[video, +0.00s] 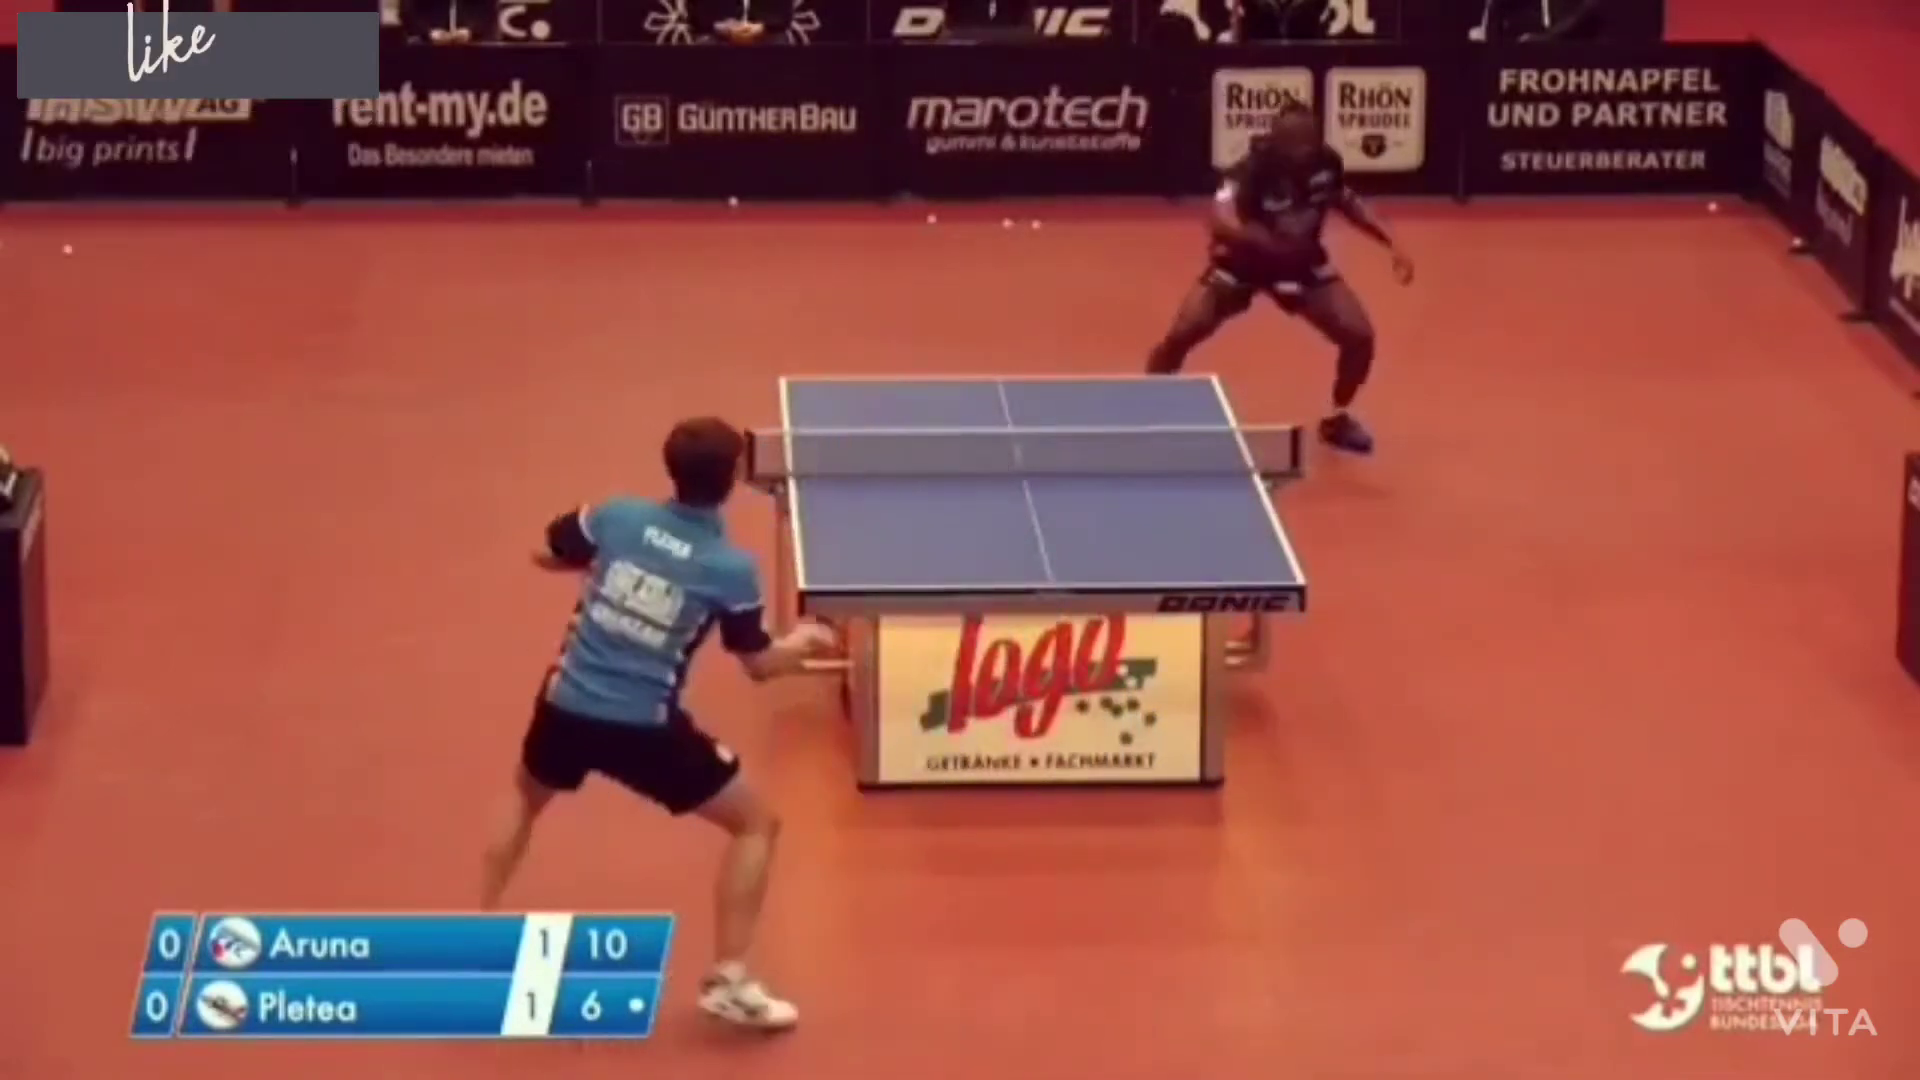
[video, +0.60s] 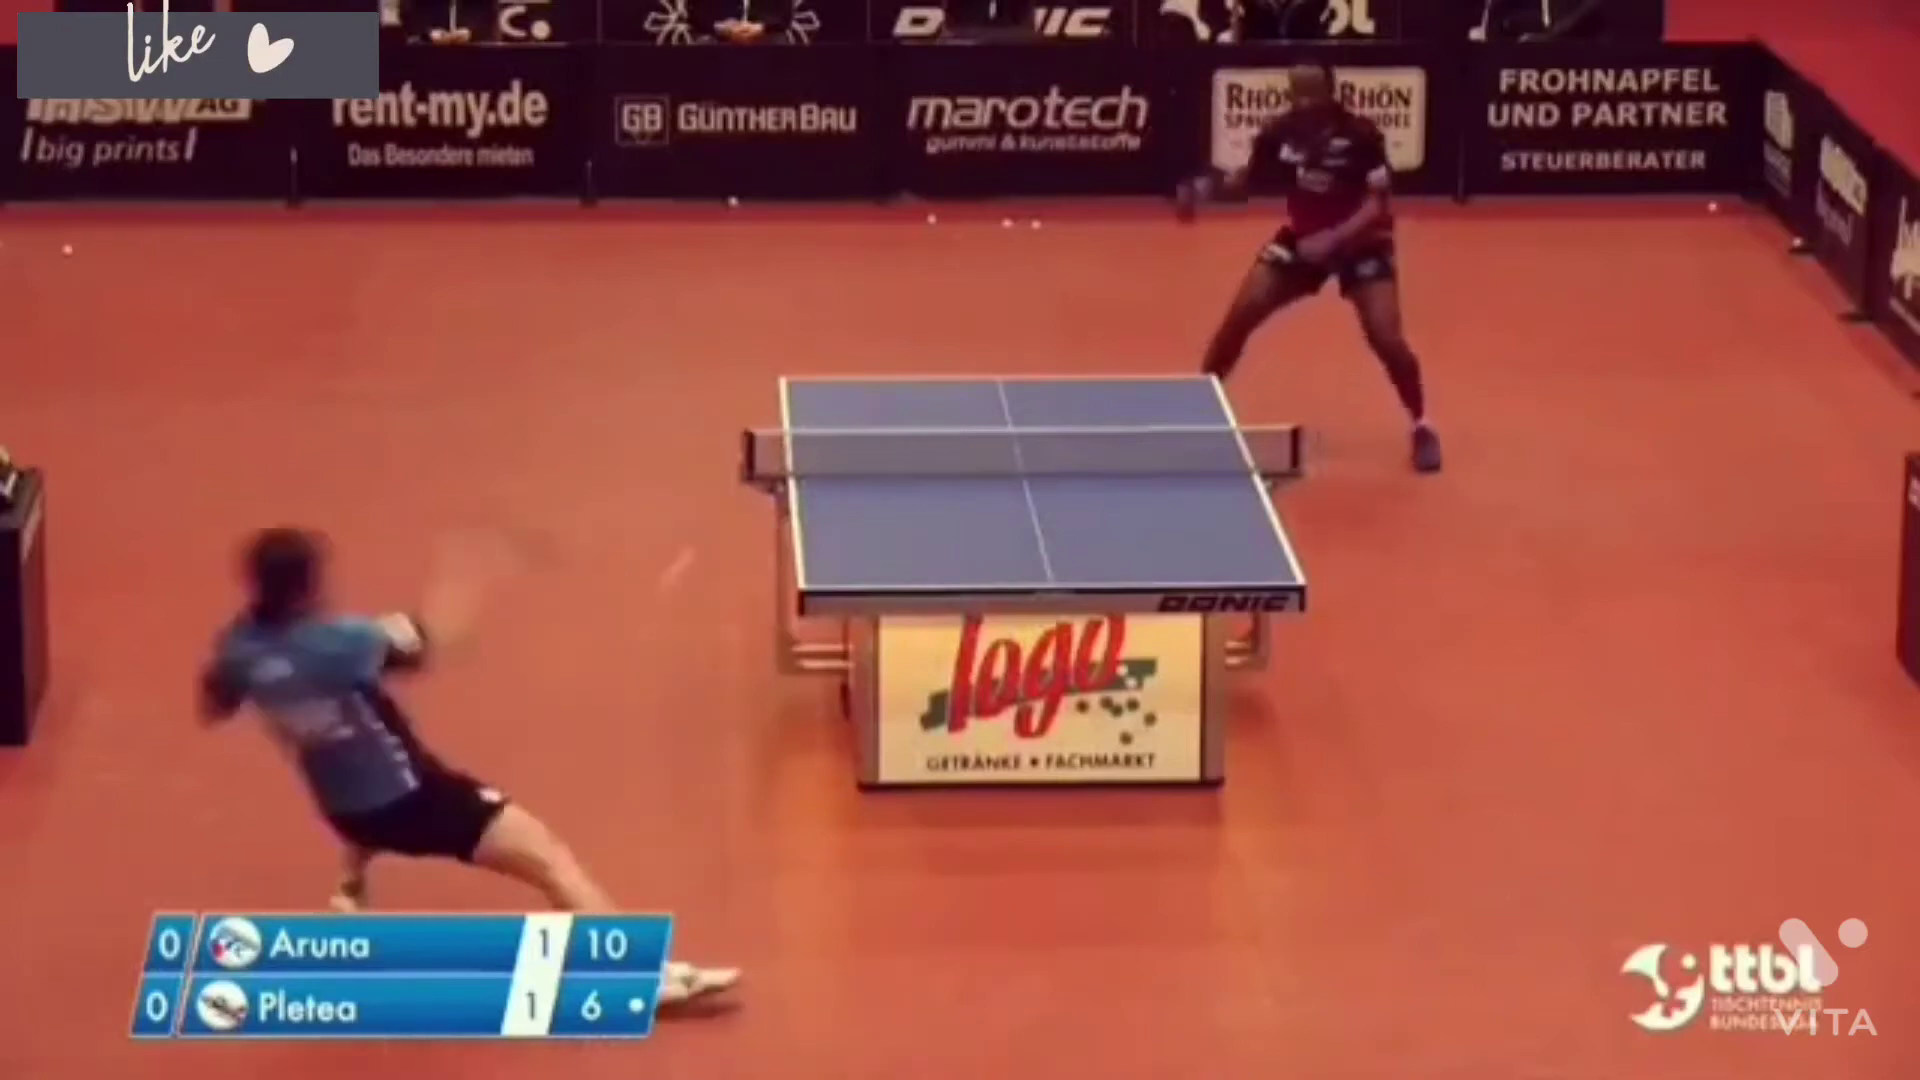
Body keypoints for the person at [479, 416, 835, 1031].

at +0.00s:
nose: (739, 474)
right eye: (736, 467)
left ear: (671, 471)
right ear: (731, 479)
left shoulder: (620, 517)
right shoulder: (732, 569)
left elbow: (555, 547)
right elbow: (759, 664)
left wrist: (611, 567)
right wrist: (802, 641)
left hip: (564, 712)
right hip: (642, 730)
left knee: (524, 801)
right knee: (756, 824)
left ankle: (478, 928)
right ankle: (731, 977)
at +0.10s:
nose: (741, 480)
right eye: (740, 472)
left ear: (675, 478)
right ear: (734, 486)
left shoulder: (625, 519)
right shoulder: (733, 576)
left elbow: (561, 548)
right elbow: (754, 673)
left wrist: (610, 567)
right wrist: (806, 656)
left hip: (556, 712)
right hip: (633, 733)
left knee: (521, 802)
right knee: (751, 821)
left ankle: (454, 918)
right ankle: (716, 971)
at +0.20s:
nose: (748, 521)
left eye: (743, 509)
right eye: (745, 514)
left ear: (684, 513)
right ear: (737, 531)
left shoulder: (648, 549)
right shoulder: (706, 621)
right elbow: (716, 727)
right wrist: (783, 763)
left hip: (536, 727)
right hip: (599, 755)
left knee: (495, 825)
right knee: (723, 831)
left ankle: (395, 912)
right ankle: (703, 981)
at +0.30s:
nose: (735, 555)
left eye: (731, 545)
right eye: (732, 549)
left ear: (673, 545)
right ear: (720, 563)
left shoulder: (653, 575)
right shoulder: (671, 647)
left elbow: (714, 599)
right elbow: (645, 756)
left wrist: (779, 626)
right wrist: (707, 818)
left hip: (513, 731)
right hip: (564, 766)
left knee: (490, 834)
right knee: (702, 829)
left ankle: (370, 906)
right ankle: (704, 980)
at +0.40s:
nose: (676, 579)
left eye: (672, 574)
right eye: (669, 576)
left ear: (617, 572)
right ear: (652, 592)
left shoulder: (619, 593)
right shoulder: (577, 657)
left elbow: (686, 598)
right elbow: (509, 742)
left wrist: (761, 622)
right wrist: (507, 843)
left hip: (485, 745)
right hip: (523, 772)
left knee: (467, 834)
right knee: (665, 822)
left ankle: (340, 883)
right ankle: (697, 979)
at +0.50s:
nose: (592, 590)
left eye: (591, 580)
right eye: (589, 581)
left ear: (541, 579)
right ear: (570, 591)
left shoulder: (546, 621)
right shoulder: (497, 643)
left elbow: (556, 658)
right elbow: (431, 714)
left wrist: (594, 659)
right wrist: (412, 795)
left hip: (466, 776)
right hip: (493, 791)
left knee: (422, 840)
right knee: (624, 831)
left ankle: (341, 896)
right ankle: (694, 978)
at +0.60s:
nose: (324, 586)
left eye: (311, 578)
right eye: (319, 577)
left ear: (258, 587)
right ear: (311, 583)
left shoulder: (242, 647)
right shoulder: (338, 640)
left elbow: (211, 706)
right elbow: (417, 642)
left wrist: (266, 660)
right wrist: (448, 593)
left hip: (342, 809)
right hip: (411, 800)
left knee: (365, 808)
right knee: (542, 852)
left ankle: (348, 895)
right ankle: (648, 969)